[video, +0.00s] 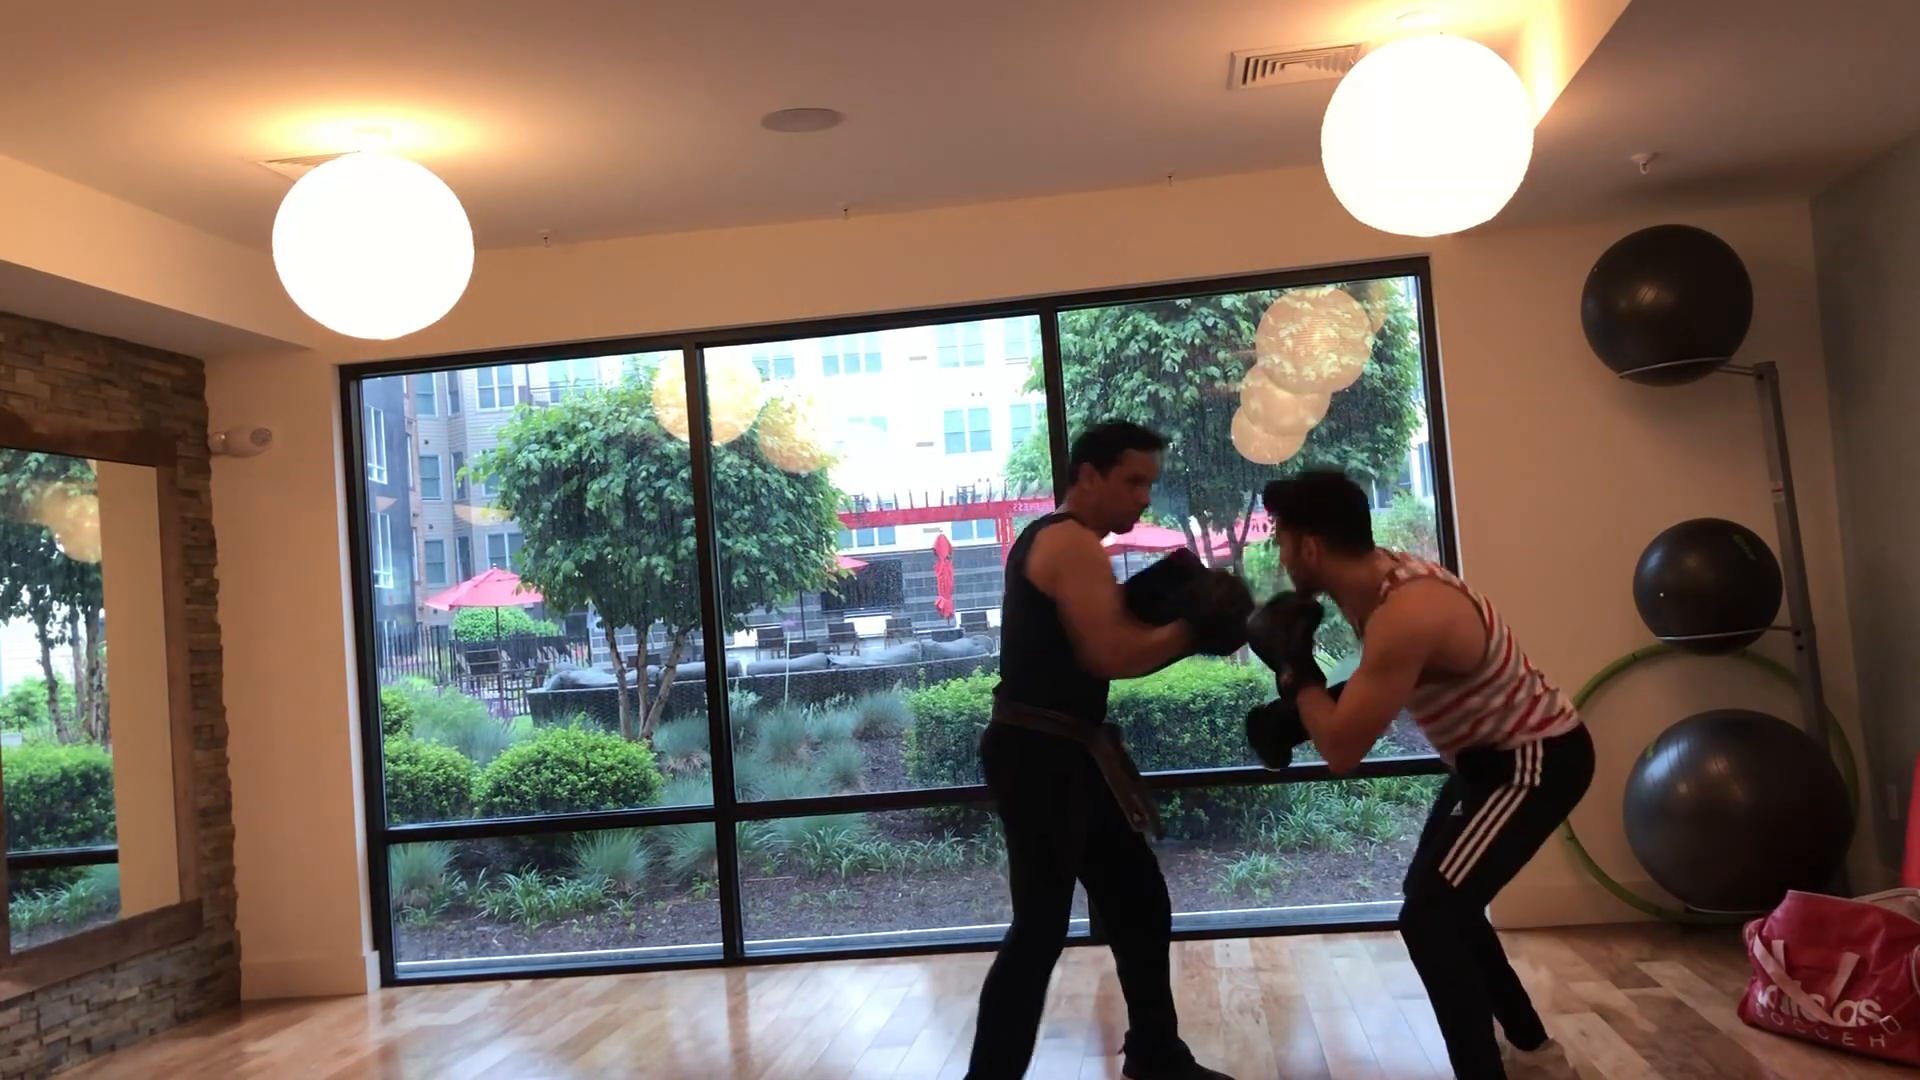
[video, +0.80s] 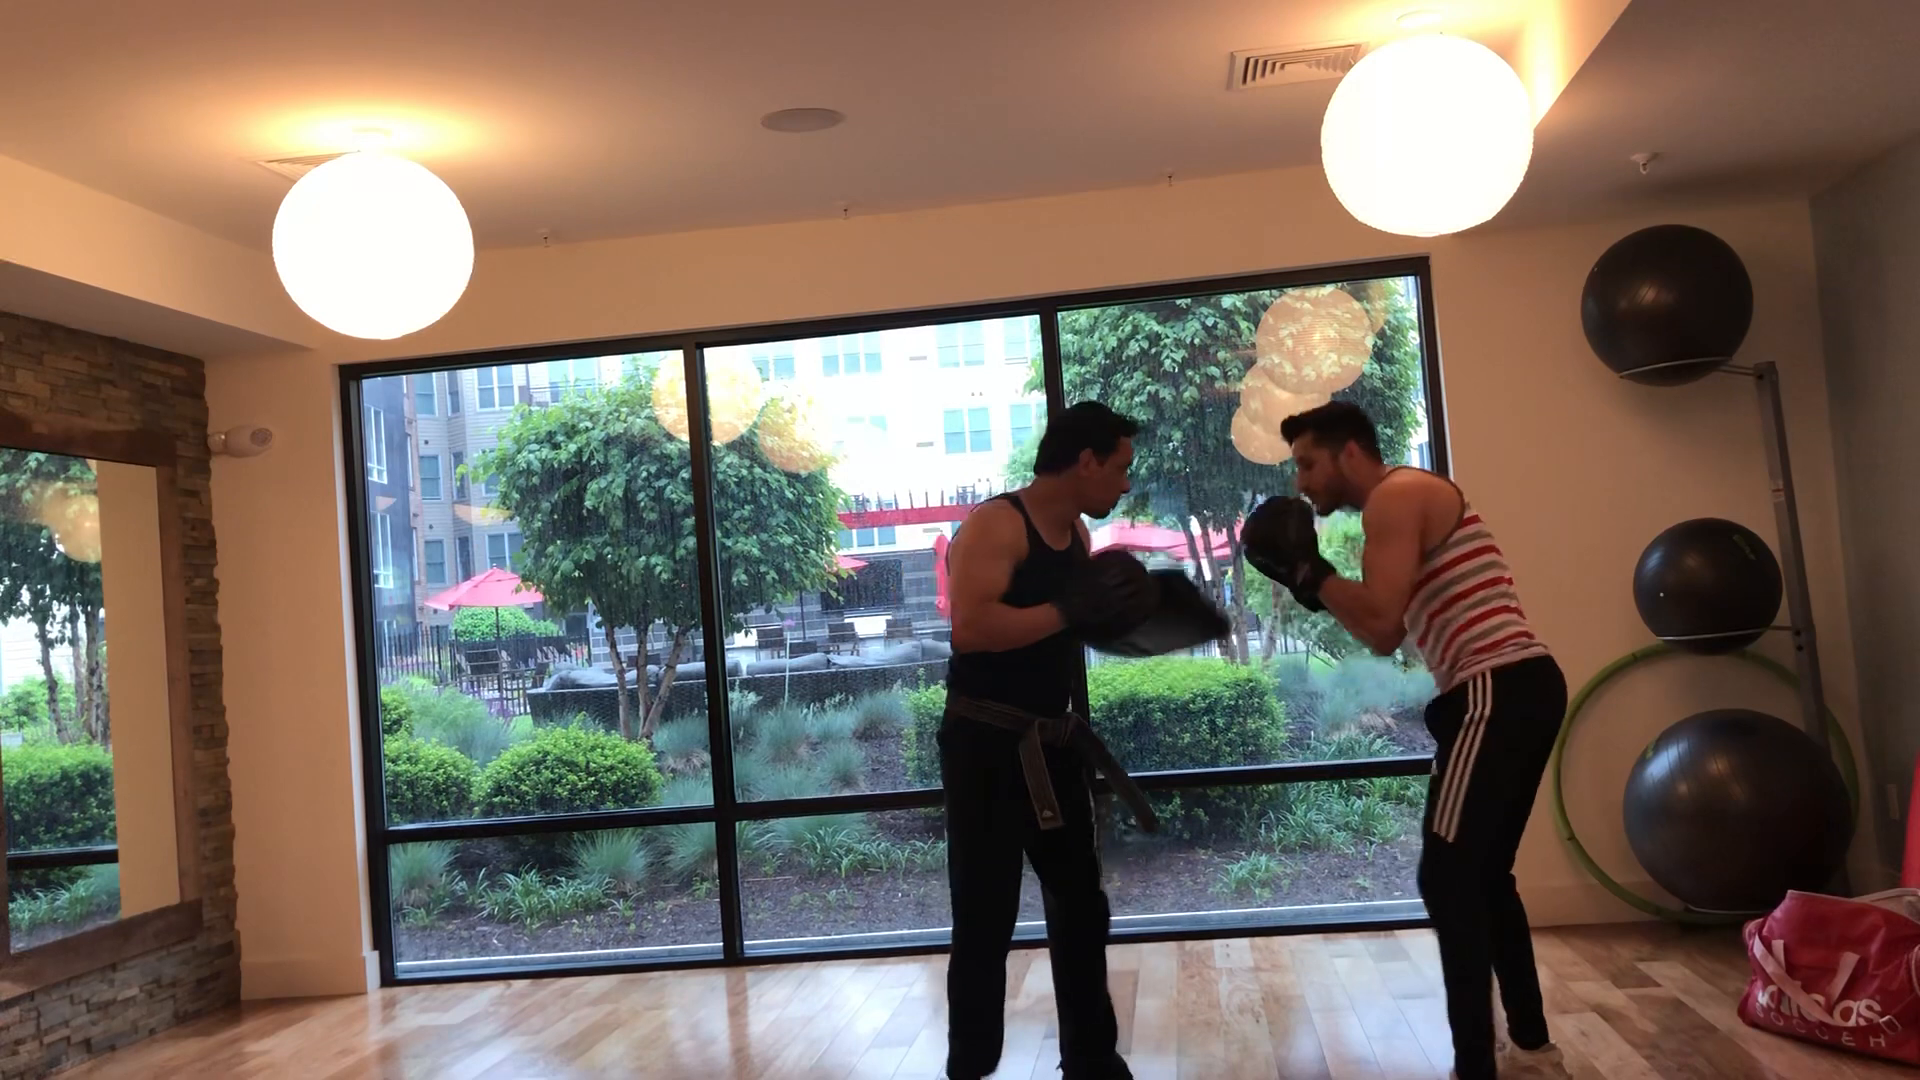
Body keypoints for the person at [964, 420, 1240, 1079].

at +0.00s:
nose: (1145, 499)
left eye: (1150, 485)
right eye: (1136, 484)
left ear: (1092, 483)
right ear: (1091, 478)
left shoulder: (1062, 540)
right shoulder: (1068, 545)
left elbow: (1100, 639)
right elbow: (1112, 656)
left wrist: (1165, 605)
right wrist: (1195, 629)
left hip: (1069, 746)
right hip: (1039, 752)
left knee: (1139, 900)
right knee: (1039, 926)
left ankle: (1155, 1050)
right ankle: (990, 1075)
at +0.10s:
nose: (1127, 489)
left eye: (1131, 476)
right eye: (1115, 474)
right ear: (1069, 470)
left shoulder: (1076, 547)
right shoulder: (1023, 543)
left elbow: (1088, 633)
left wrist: (1153, 614)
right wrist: (1108, 663)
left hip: (1072, 741)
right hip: (1020, 746)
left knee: (1133, 902)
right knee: (1025, 928)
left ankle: (1157, 1053)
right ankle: (983, 1074)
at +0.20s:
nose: (1109, 478)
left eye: (1111, 465)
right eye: (1098, 464)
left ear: (1072, 467)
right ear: (1049, 461)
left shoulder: (1081, 530)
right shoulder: (990, 536)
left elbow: (1130, 550)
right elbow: (936, 637)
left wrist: (1164, 531)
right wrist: (1040, 660)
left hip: (1059, 737)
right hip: (991, 743)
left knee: (1107, 906)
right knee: (994, 930)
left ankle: (1156, 1056)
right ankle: (976, 1073)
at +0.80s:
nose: (1126, 485)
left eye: (1128, 471)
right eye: (1121, 470)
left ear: (1083, 465)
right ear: (1084, 462)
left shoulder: (1074, 537)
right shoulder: (992, 525)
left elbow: (1077, 621)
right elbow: (968, 628)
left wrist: (1136, 602)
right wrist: (1071, 610)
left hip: (1057, 736)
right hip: (984, 740)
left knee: (1080, 913)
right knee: (983, 919)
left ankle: (1092, 1066)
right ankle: (969, 1068)